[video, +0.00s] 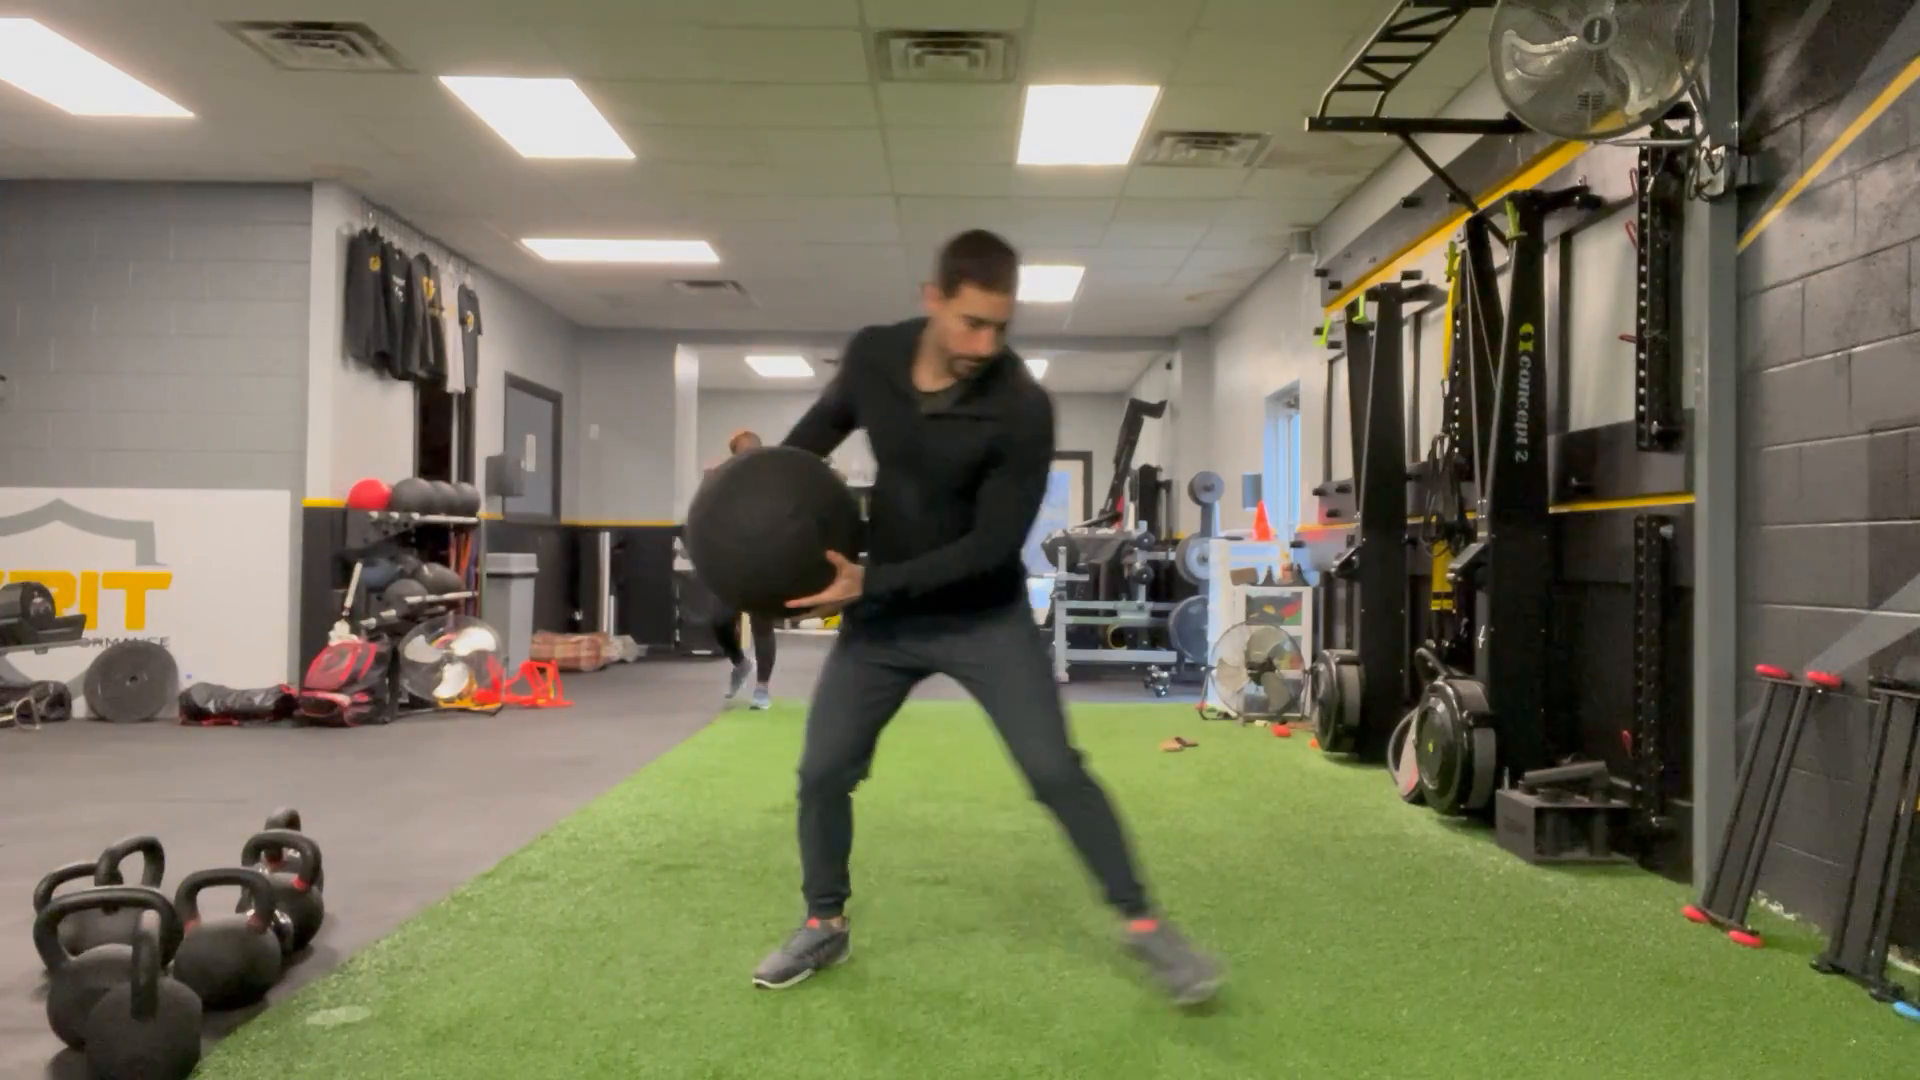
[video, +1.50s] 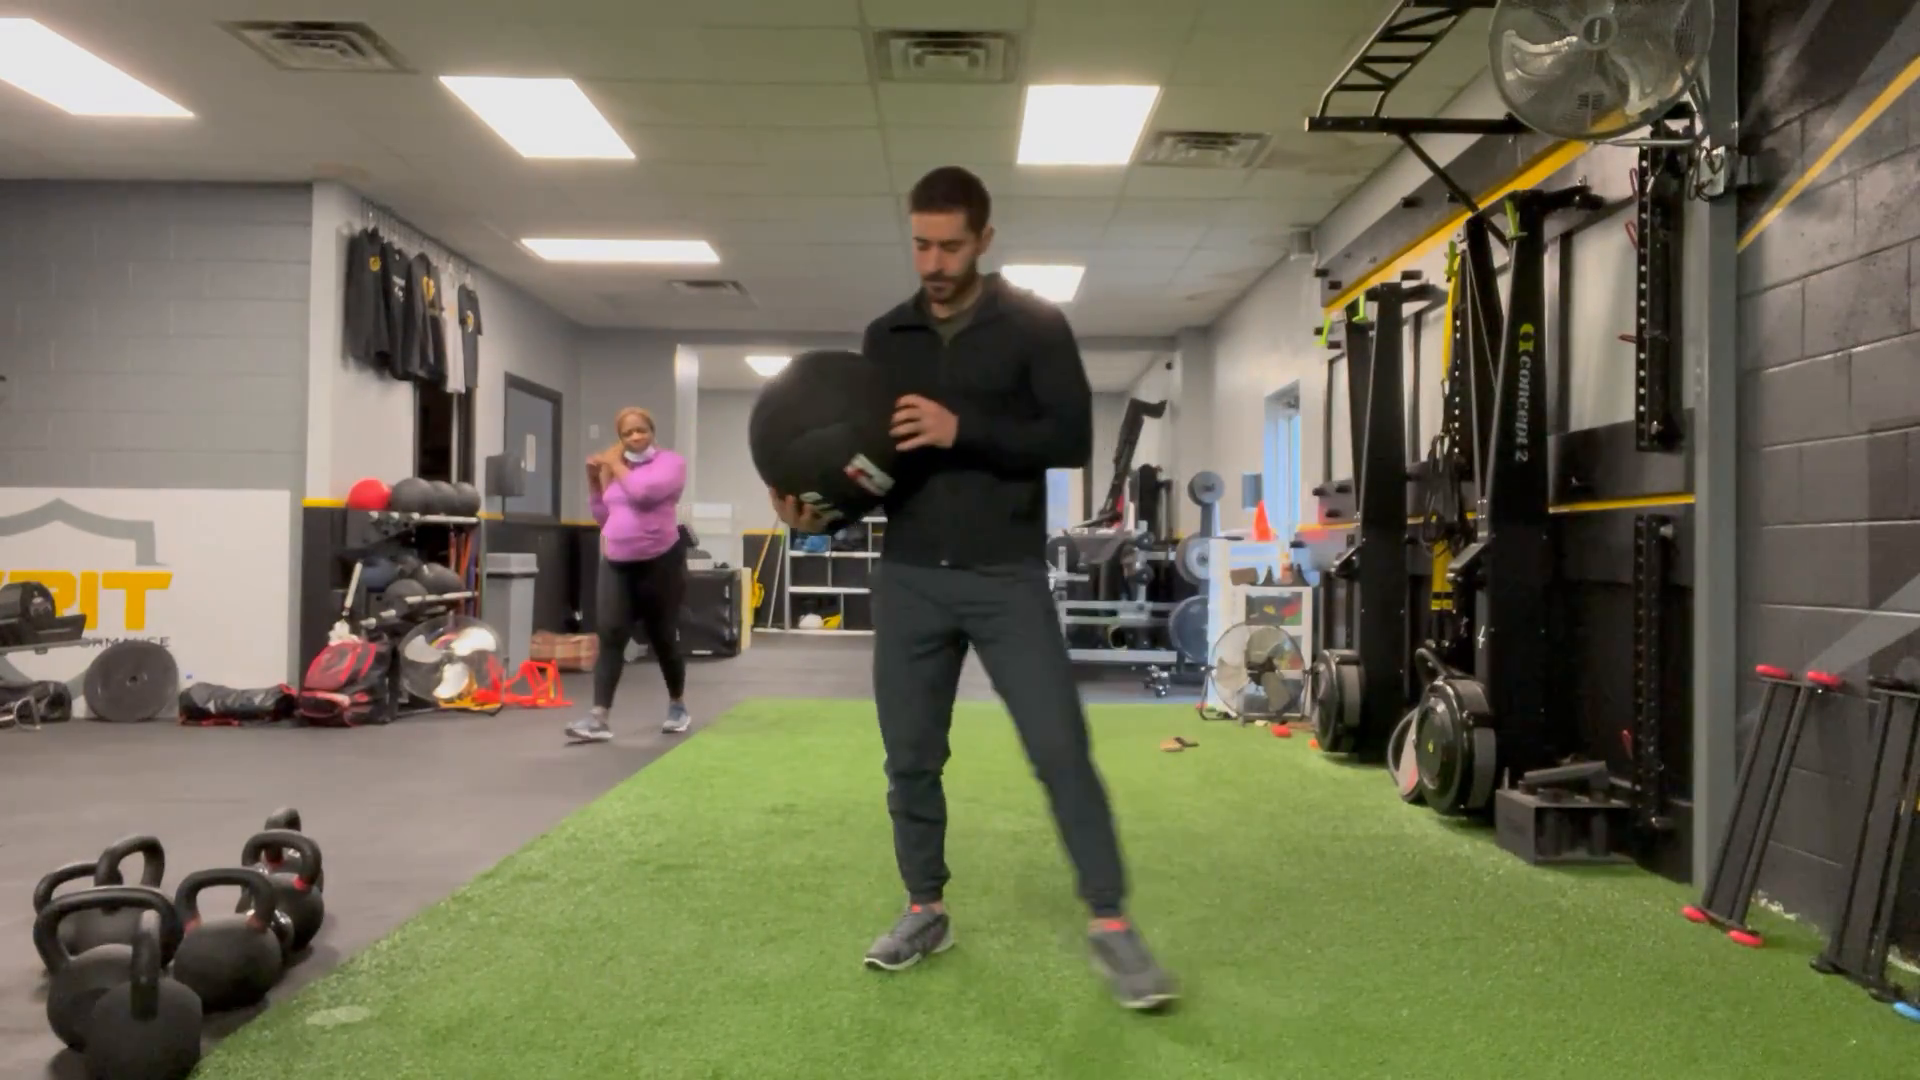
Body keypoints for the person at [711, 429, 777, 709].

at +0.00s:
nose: (748, 460)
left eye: (751, 454)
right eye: (742, 455)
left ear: (759, 454)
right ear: (734, 455)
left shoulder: (770, 480)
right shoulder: (723, 479)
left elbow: (787, 520)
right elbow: (704, 521)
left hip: (765, 562)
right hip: (731, 562)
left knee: (762, 625)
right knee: (720, 622)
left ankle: (763, 686)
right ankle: (741, 664)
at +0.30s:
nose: (725, 454)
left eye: (730, 448)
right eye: (719, 450)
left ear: (738, 450)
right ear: (711, 455)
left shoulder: (753, 476)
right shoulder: (707, 480)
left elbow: (734, 504)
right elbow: (694, 521)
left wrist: (707, 480)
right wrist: (682, 487)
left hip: (744, 562)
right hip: (708, 564)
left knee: (747, 628)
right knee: (699, 625)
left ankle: (758, 689)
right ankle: (687, 692)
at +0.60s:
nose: (694, 445)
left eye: (699, 439)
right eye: (687, 441)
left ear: (708, 441)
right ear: (679, 447)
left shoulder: (723, 468)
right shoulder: (673, 472)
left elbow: (703, 496)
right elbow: (654, 513)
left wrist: (675, 472)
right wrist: (655, 480)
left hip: (713, 554)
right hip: (675, 556)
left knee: (707, 621)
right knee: (680, 624)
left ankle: (725, 674)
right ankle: (683, 694)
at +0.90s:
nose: (679, 445)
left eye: (684, 439)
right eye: (672, 441)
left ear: (693, 441)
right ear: (663, 445)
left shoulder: (708, 469)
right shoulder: (654, 471)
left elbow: (689, 500)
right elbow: (633, 513)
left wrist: (659, 470)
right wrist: (635, 478)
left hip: (696, 557)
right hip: (658, 560)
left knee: (685, 624)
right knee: (666, 628)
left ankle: (685, 699)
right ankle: (679, 692)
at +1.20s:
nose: (664, 437)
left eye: (670, 431)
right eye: (657, 433)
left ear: (681, 433)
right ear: (649, 438)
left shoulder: (697, 462)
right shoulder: (642, 465)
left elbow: (672, 493)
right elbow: (629, 515)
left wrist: (644, 463)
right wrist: (623, 478)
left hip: (685, 555)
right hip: (644, 558)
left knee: (675, 629)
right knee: (627, 624)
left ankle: (680, 707)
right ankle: (650, 684)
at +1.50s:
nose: (635, 437)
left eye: (641, 430)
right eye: (628, 433)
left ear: (652, 433)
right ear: (620, 438)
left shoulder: (671, 463)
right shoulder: (613, 466)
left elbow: (643, 494)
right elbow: (601, 516)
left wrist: (615, 464)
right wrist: (595, 481)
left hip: (660, 558)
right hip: (617, 560)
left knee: (662, 635)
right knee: (610, 634)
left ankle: (677, 707)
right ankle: (599, 716)